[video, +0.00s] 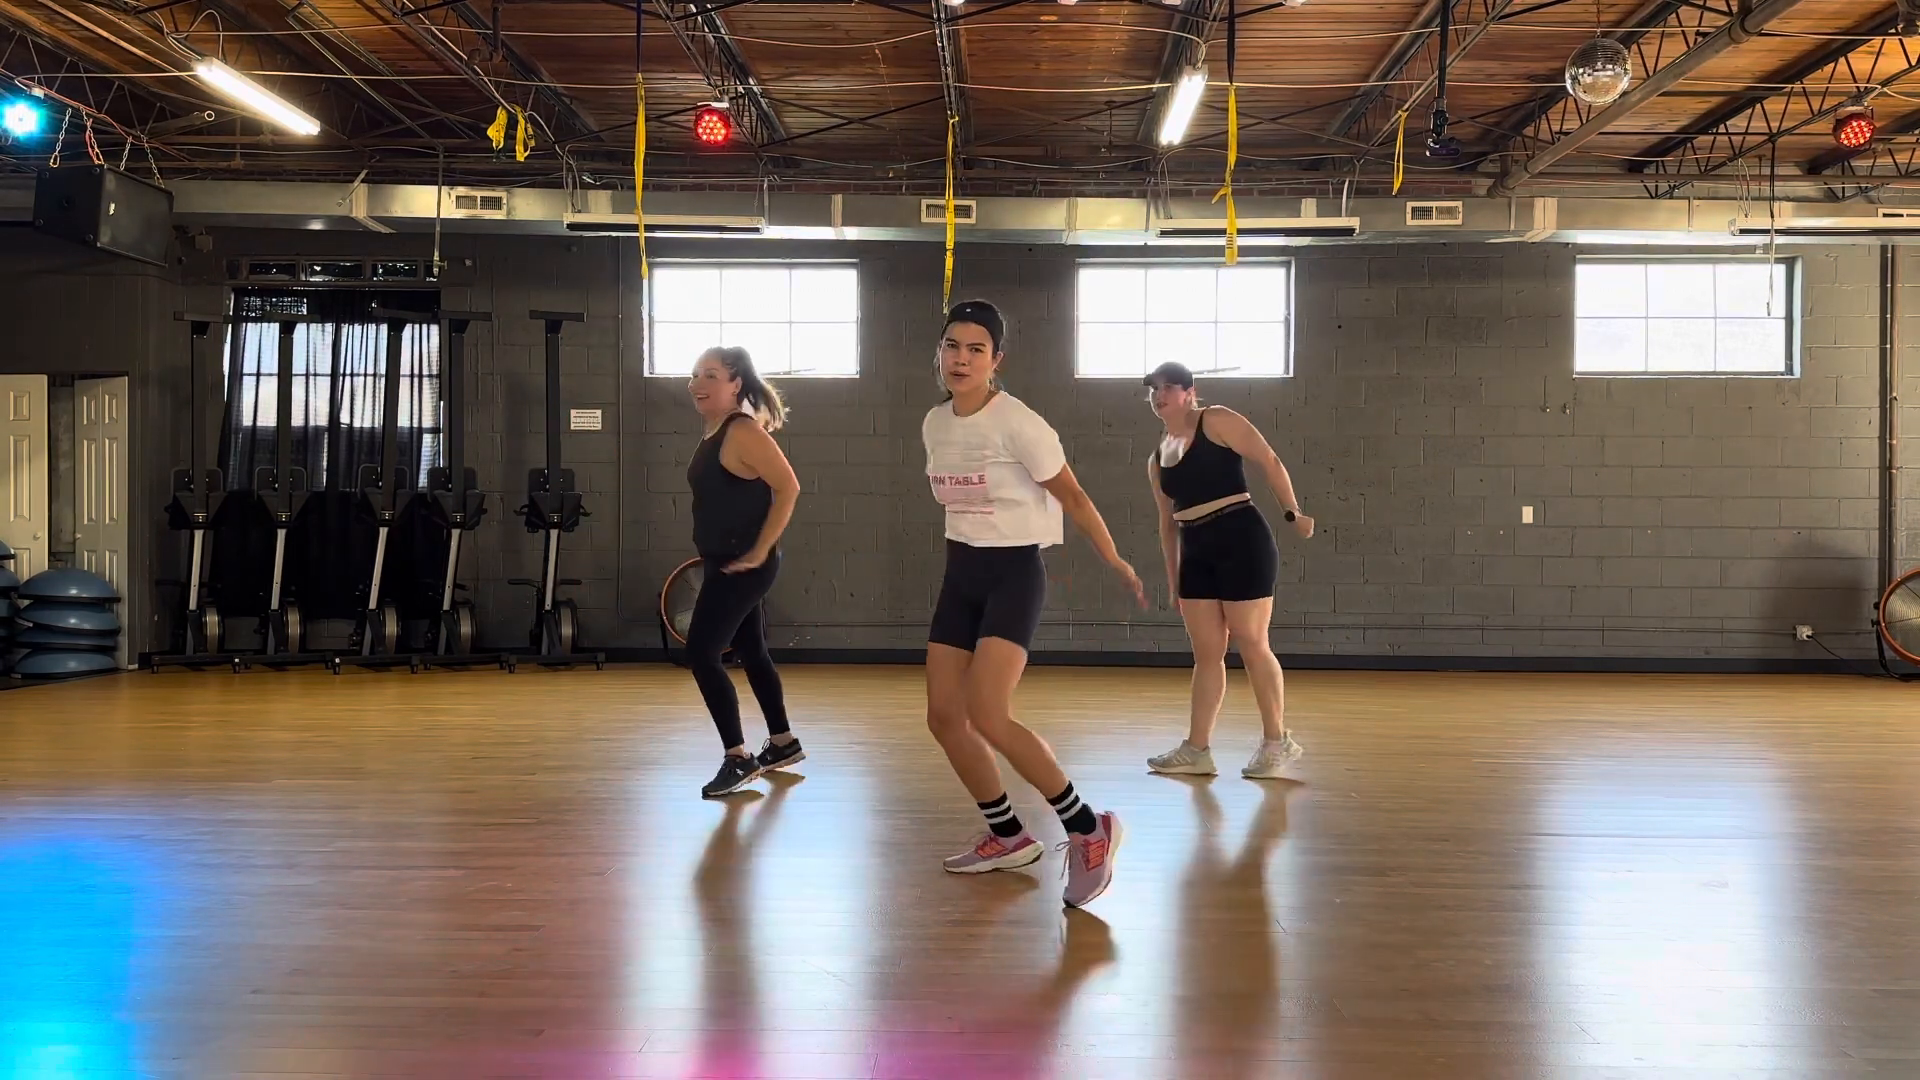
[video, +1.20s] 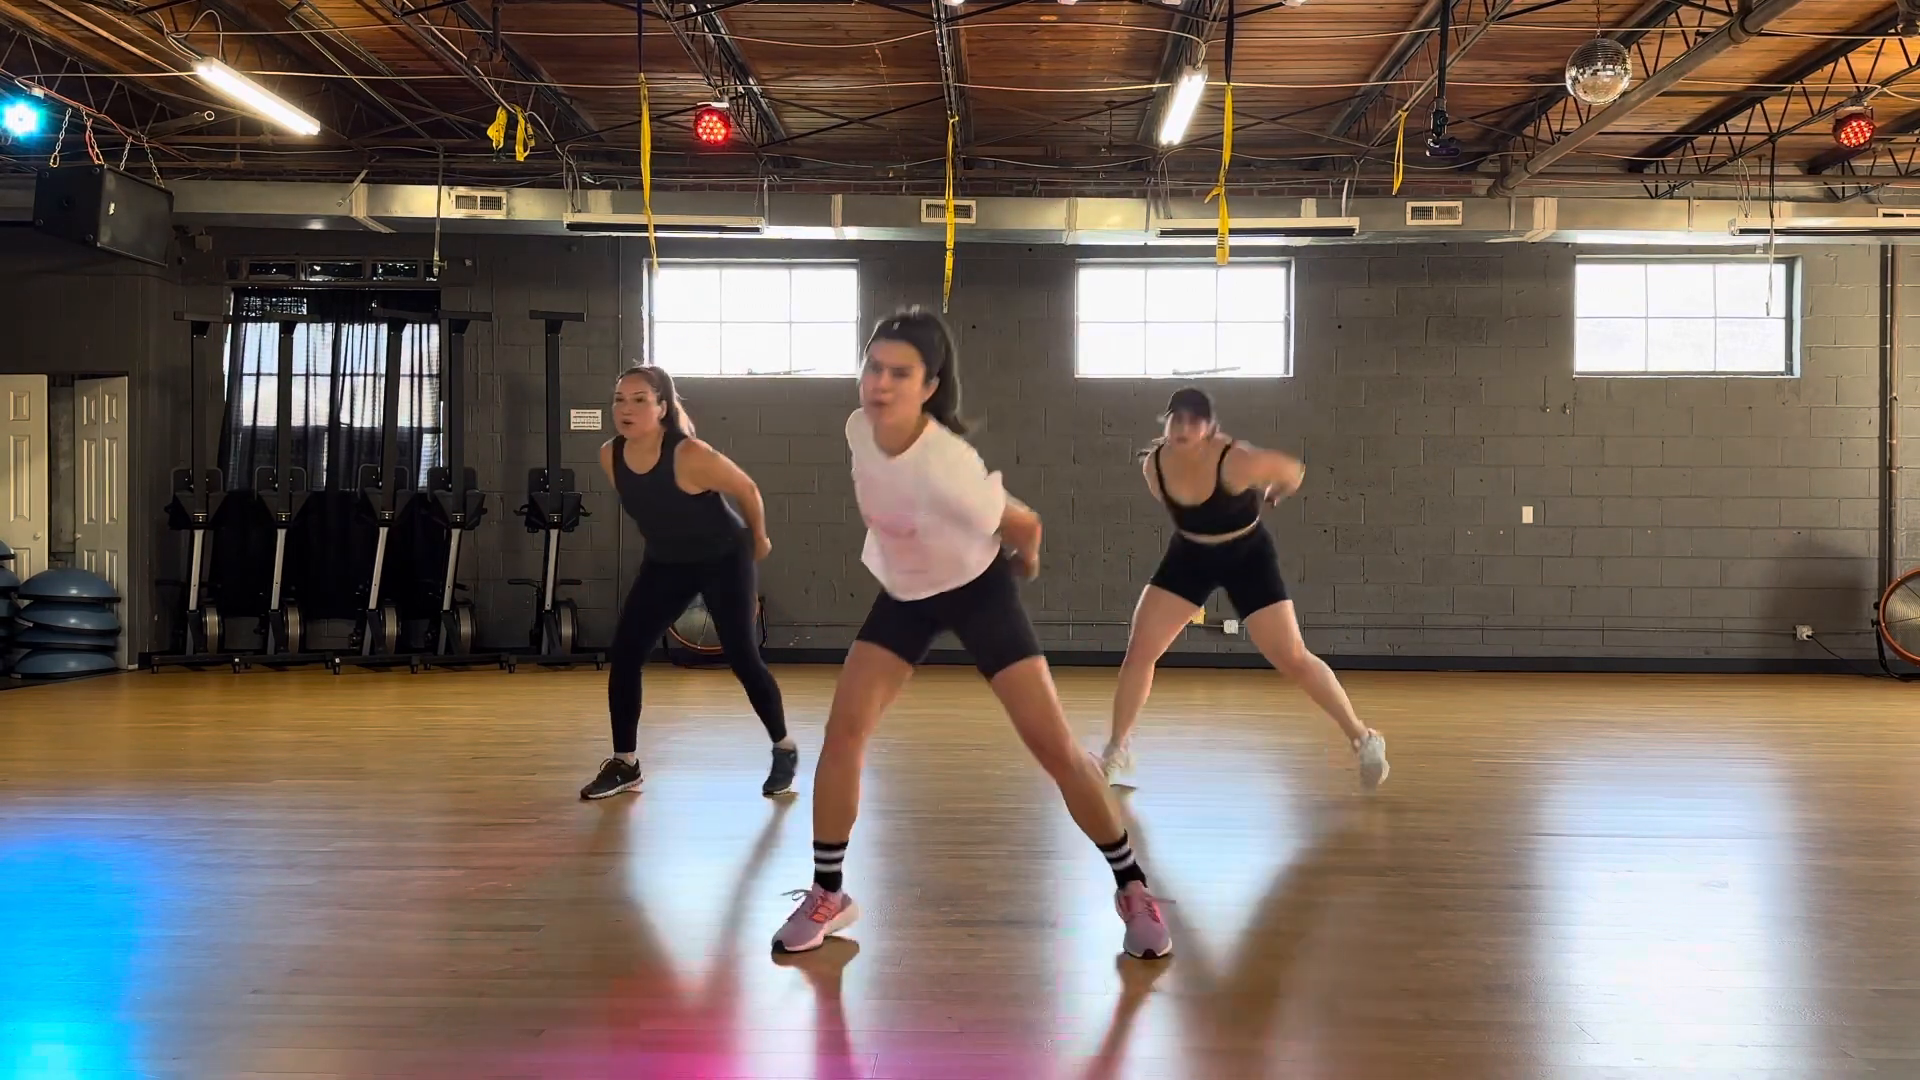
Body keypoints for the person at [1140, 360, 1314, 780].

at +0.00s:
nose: (1155, 397)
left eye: (1164, 389)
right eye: (1152, 390)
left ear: (1188, 392)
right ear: (1152, 398)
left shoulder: (1216, 421)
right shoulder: (1159, 458)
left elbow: (1270, 461)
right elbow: (1168, 523)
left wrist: (1293, 513)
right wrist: (1173, 578)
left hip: (1242, 539)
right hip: (1195, 550)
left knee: (1251, 642)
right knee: (1207, 651)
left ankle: (1276, 743)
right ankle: (1197, 749)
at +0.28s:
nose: (1214, 385)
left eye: (1222, 379)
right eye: (1206, 378)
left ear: (1234, 386)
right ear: (1194, 385)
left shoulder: (1261, 427)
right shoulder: (1174, 440)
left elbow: (1279, 484)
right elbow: (1148, 505)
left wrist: (1284, 536)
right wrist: (1138, 565)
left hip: (1254, 547)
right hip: (1196, 547)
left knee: (1275, 648)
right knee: (1186, 650)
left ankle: (1299, 752)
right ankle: (1168, 742)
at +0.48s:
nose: (1272, 396)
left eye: (1279, 389)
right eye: (1263, 389)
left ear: (1290, 397)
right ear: (1249, 397)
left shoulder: (1306, 448)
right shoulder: (1228, 449)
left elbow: (1302, 508)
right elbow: (1182, 504)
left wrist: (1293, 559)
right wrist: (1162, 564)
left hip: (1275, 561)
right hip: (1221, 557)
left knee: (1297, 661)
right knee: (1197, 662)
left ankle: (1313, 763)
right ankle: (1161, 736)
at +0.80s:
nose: (1304, 408)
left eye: (1310, 401)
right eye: (1294, 402)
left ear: (1319, 409)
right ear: (1278, 412)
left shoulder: (1326, 454)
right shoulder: (1255, 460)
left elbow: (1295, 501)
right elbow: (1202, 504)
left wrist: (1257, 530)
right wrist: (1216, 542)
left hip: (1295, 561)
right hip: (1243, 561)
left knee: (1318, 664)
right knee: (1217, 675)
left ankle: (1311, 763)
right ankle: (1156, 746)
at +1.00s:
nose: (1254, 410)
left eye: (1261, 401)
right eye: (1244, 403)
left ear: (1273, 406)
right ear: (1229, 412)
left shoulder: (1302, 438)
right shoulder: (1216, 464)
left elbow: (1300, 491)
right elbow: (1185, 518)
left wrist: (1270, 521)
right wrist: (1228, 538)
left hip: (1289, 556)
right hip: (1231, 559)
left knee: (1314, 660)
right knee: (1190, 663)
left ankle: (1316, 760)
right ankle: (1146, 745)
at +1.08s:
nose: (1222, 406)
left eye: (1230, 398)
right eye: (1214, 397)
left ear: (1244, 401)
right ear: (1203, 402)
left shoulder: (1278, 425)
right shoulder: (1189, 451)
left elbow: (1307, 446)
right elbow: (1172, 500)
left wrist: (1279, 483)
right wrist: (1213, 514)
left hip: (1273, 541)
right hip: (1215, 543)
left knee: (1307, 649)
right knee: (1165, 645)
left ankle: (1337, 750)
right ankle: (1127, 737)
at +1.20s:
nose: (1179, 432)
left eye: (1190, 426)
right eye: (1175, 423)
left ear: (1209, 428)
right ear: (1166, 421)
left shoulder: (1236, 462)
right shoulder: (1153, 464)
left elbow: (1293, 471)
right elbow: (1172, 502)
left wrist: (1277, 493)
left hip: (1246, 555)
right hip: (1189, 555)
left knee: (1292, 658)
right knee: (1140, 651)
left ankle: (1362, 737)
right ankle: (1116, 750)